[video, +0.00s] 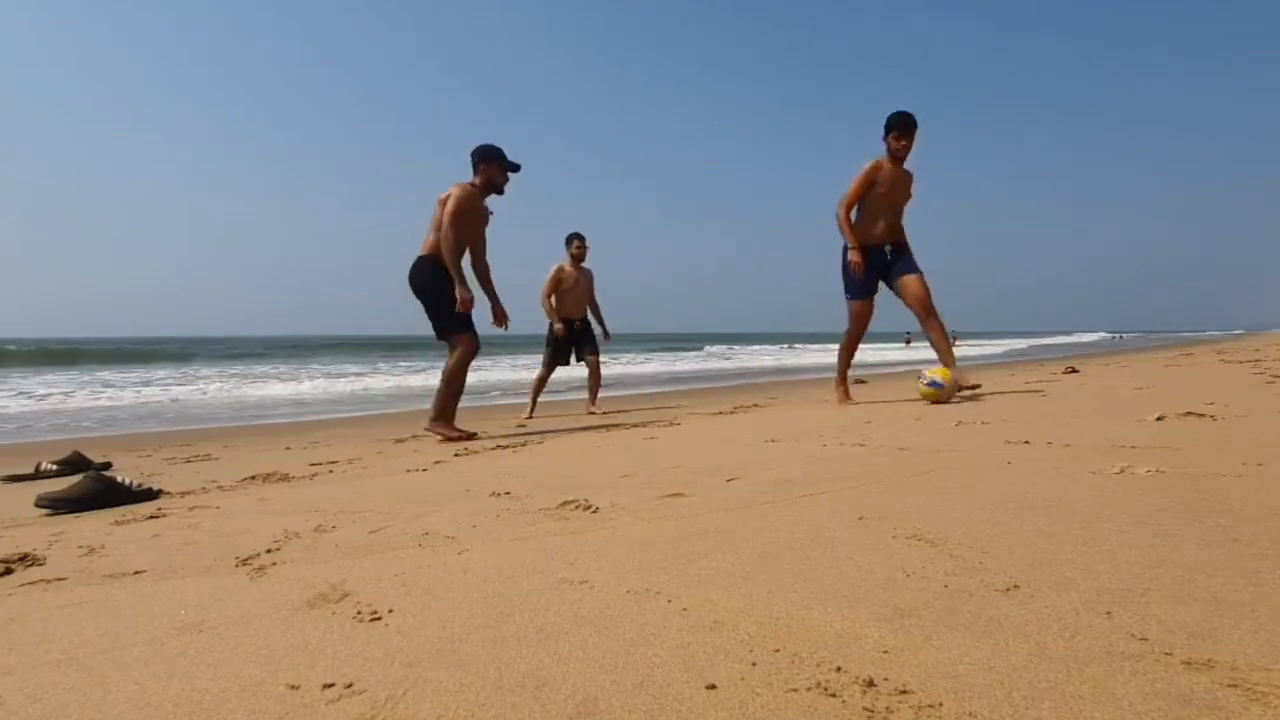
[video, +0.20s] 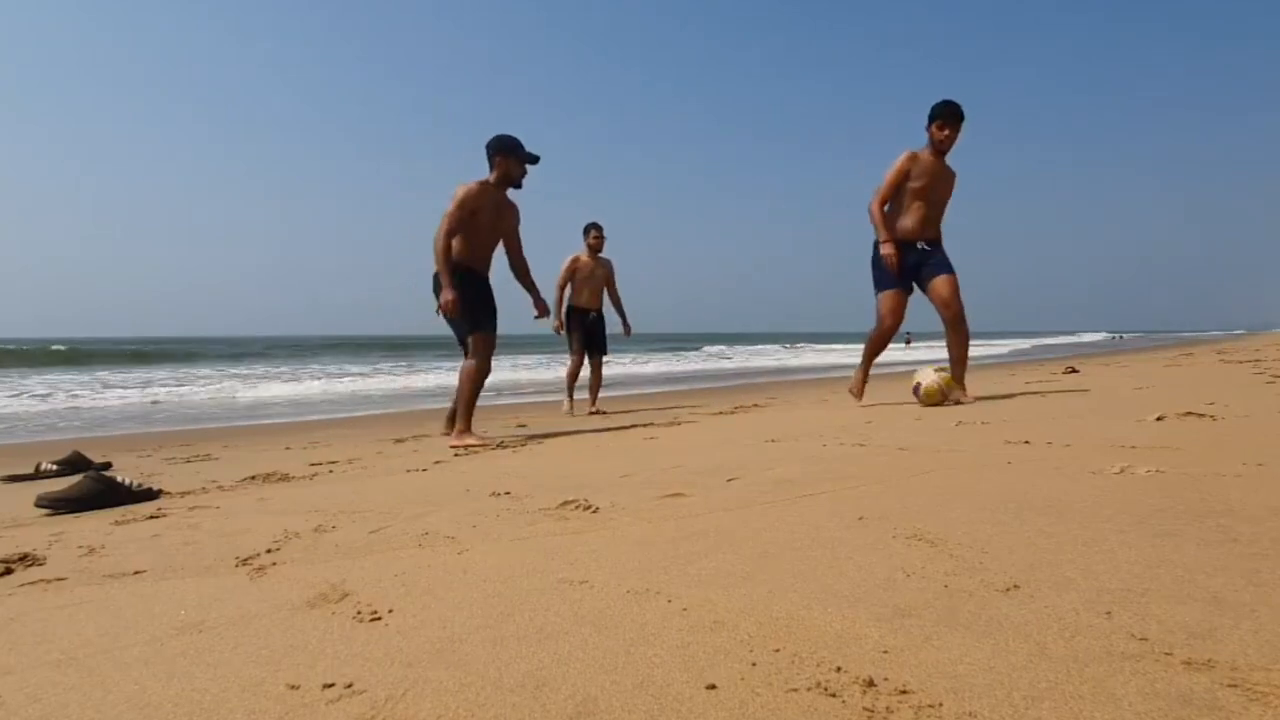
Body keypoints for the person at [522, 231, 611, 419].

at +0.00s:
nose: (583, 251)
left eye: (585, 247)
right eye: (578, 247)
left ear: (586, 250)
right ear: (569, 249)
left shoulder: (587, 274)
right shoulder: (559, 271)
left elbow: (592, 301)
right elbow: (545, 297)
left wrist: (603, 327)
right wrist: (554, 321)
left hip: (582, 323)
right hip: (562, 323)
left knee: (594, 363)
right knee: (547, 369)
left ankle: (591, 404)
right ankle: (531, 406)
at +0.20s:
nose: (600, 241)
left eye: (602, 238)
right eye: (596, 238)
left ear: (603, 240)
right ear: (586, 239)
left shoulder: (606, 265)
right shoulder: (575, 261)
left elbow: (613, 293)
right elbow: (560, 287)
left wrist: (624, 319)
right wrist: (557, 316)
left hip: (596, 313)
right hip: (576, 311)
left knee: (596, 361)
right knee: (577, 358)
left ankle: (593, 404)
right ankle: (569, 398)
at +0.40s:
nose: (611, 241)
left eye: (613, 237)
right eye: (607, 237)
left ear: (616, 240)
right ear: (597, 239)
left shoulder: (620, 264)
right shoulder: (586, 262)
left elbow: (629, 292)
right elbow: (572, 290)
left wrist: (638, 313)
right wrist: (566, 319)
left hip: (610, 313)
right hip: (591, 311)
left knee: (604, 359)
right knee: (601, 356)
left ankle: (593, 403)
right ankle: (614, 401)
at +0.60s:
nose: (620, 233)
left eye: (622, 229)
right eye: (615, 229)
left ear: (625, 231)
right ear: (606, 232)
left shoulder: (630, 256)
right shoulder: (598, 258)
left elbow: (637, 282)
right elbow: (586, 285)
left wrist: (645, 305)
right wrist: (583, 311)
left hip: (624, 307)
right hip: (604, 305)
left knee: (628, 355)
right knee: (613, 354)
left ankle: (610, 388)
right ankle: (618, 402)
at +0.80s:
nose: (632, 225)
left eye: (634, 220)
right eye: (628, 221)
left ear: (638, 223)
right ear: (618, 223)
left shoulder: (638, 249)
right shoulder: (609, 248)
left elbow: (648, 282)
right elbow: (604, 277)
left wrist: (657, 309)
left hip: (636, 301)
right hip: (615, 302)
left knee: (650, 350)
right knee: (618, 351)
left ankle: (655, 398)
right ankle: (617, 400)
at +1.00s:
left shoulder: (661, 253)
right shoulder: (624, 246)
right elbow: (612, 275)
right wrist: (614, 301)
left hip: (654, 305)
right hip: (629, 304)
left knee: (663, 353)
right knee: (624, 353)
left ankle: (670, 400)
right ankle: (620, 401)